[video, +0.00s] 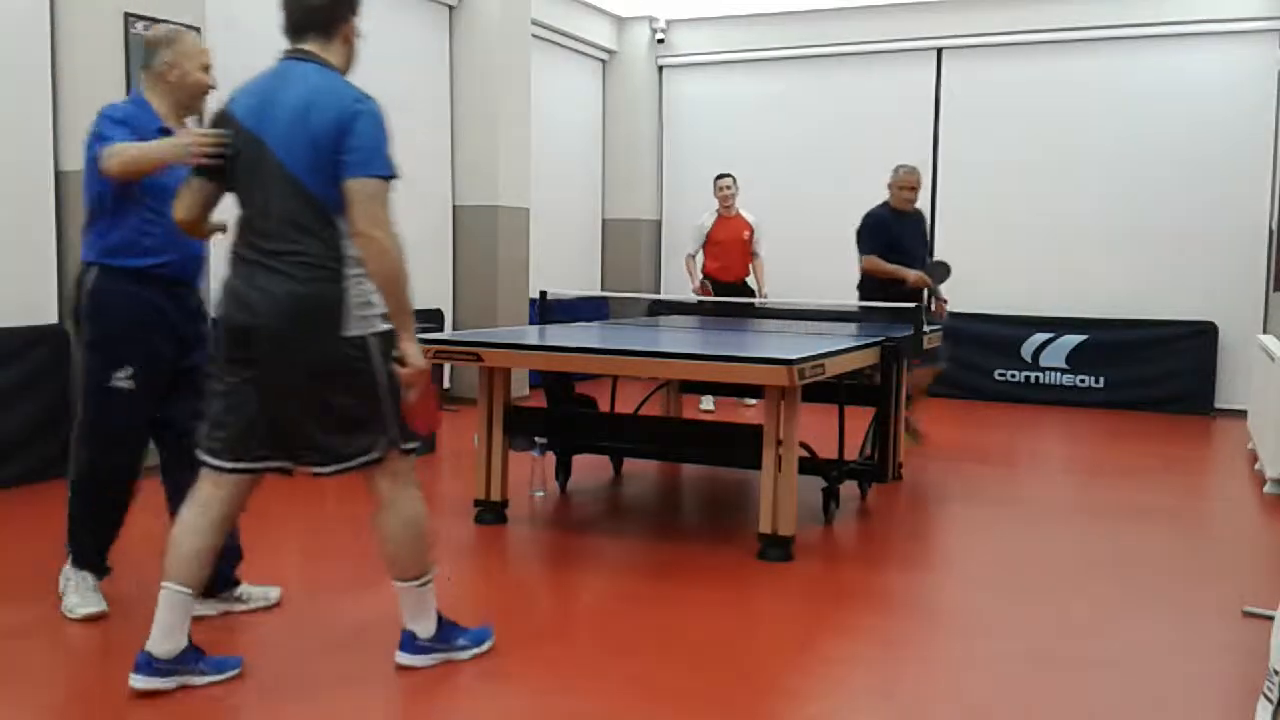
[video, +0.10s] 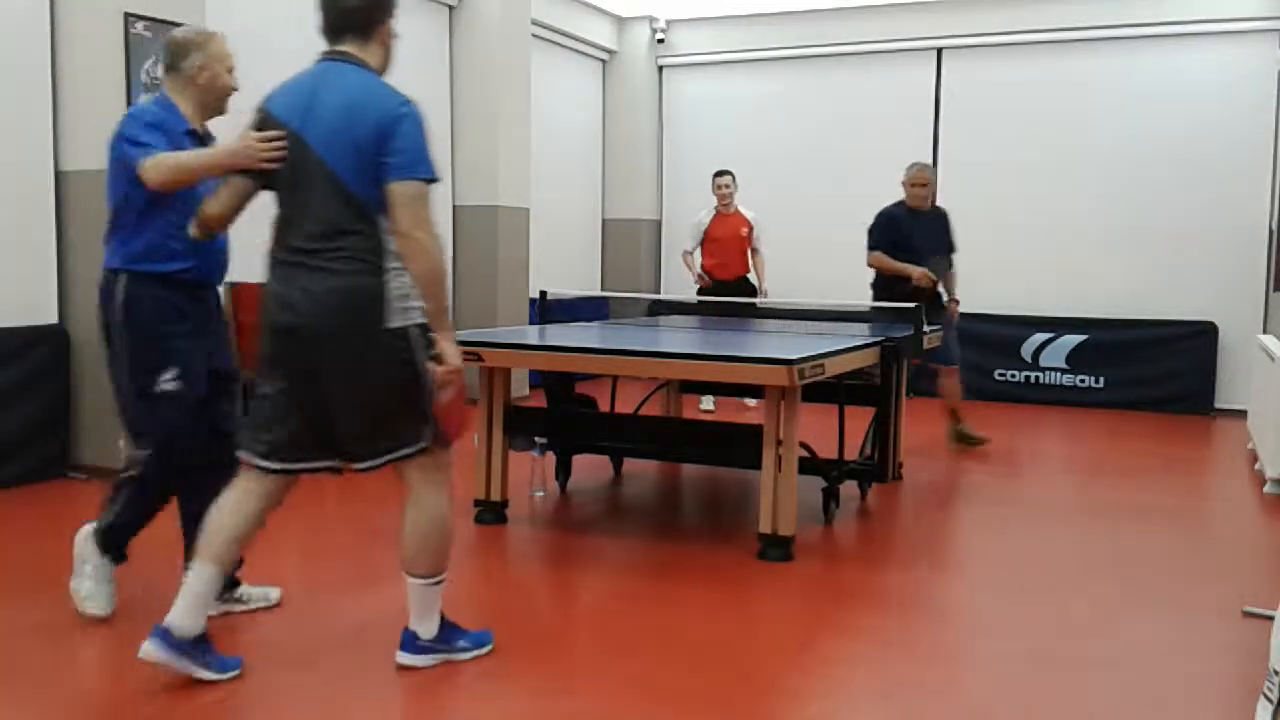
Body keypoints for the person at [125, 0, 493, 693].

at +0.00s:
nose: (359, 39)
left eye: (354, 28)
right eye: (357, 28)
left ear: (289, 30)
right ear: (347, 29)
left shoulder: (241, 102)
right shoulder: (352, 108)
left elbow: (189, 213)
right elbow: (370, 232)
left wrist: (236, 223)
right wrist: (407, 333)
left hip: (245, 328)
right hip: (331, 329)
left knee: (218, 482)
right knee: (393, 474)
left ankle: (164, 649)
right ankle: (423, 629)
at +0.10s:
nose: (395, 40)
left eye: (389, 29)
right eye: (393, 29)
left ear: (329, 29)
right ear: (384, 30)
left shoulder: (281, 102)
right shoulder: (391, 110)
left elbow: (223, 204)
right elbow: (412, 231)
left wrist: (207, 220)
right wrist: (443, 336)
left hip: (288, 325)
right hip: (369, 327)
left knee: (260, 476)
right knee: (428, 464)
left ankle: (180, 629)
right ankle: (426, 629)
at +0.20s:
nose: (428, 39)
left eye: (422, 29)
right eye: (427, 28)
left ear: (363, 29)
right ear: (419, 30)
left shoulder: (314, 101)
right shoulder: (428, 108)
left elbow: (257, 212)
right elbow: (452, 230)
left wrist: (238, 231)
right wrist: (483, 336)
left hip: (322, 318)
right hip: (400, 322)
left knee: (327, 455)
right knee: (440, 458)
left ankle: (230, 583)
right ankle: (426, 631)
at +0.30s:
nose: (456, 36)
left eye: (450, 26)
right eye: (454, 26)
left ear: (388, 28)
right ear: (443, 29)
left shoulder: (344, 99)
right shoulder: (457, 105)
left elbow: (299, 216)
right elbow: (490, 227)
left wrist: (304, 262)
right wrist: (521, 326)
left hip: (353, 304)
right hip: (423, 311)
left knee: (377, 443)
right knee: (448, 462)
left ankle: (301, 569)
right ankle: (426, 631)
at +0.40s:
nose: (478, 37)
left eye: (472, 27)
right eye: (476, 27)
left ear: (413, 30)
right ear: (468, 29)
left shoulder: (367, 102)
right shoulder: (480, 104)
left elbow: (339, 222)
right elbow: (518, 219)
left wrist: (360, 302)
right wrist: (554, 310)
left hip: (377, 304)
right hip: (448, 309)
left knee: (416, 442)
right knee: (455, 464)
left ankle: (384, 585)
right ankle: (427, 630)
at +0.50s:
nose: (499, 41)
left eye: (493, 30)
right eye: (497, 30)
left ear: (434, 35)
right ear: (487, 34)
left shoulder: (390, 108)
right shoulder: (499, 106)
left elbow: (369, 225)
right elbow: (541, 218)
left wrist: (388, 303)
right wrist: (579, 305)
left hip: (403, 301)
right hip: (461, 303)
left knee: (460, 451)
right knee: (462, 466)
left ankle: (471, 591)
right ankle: (425, 629)